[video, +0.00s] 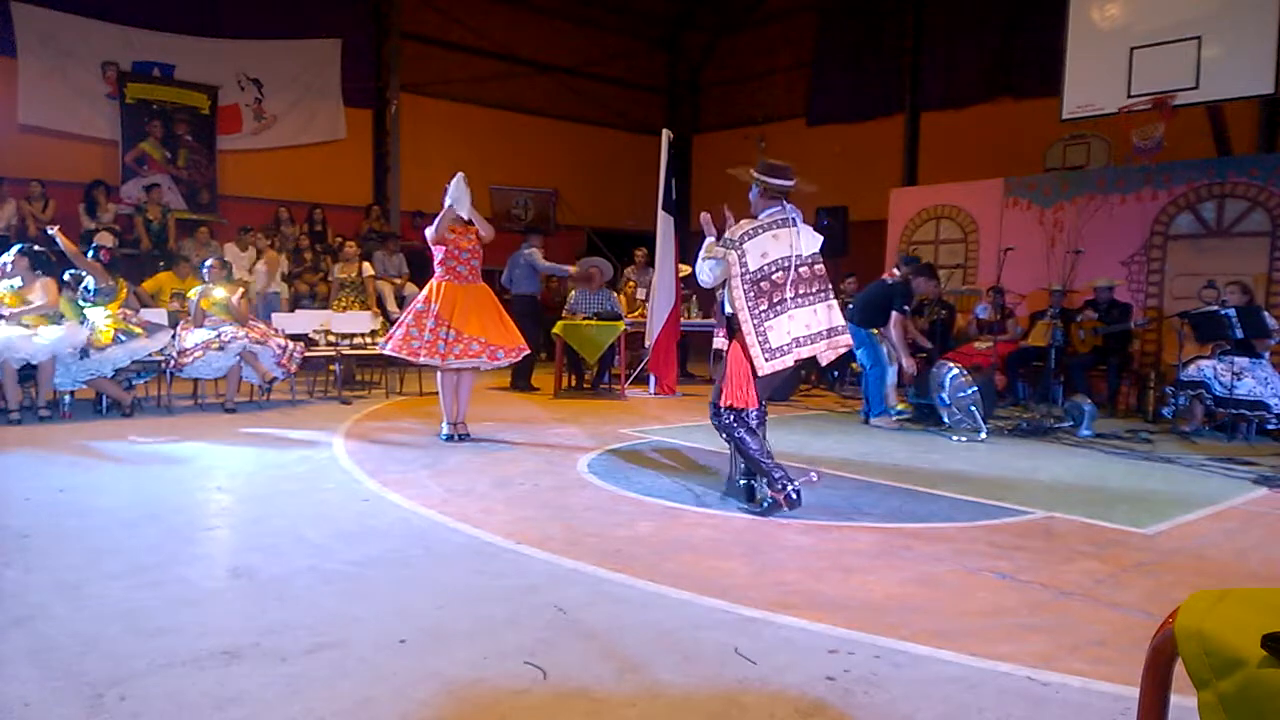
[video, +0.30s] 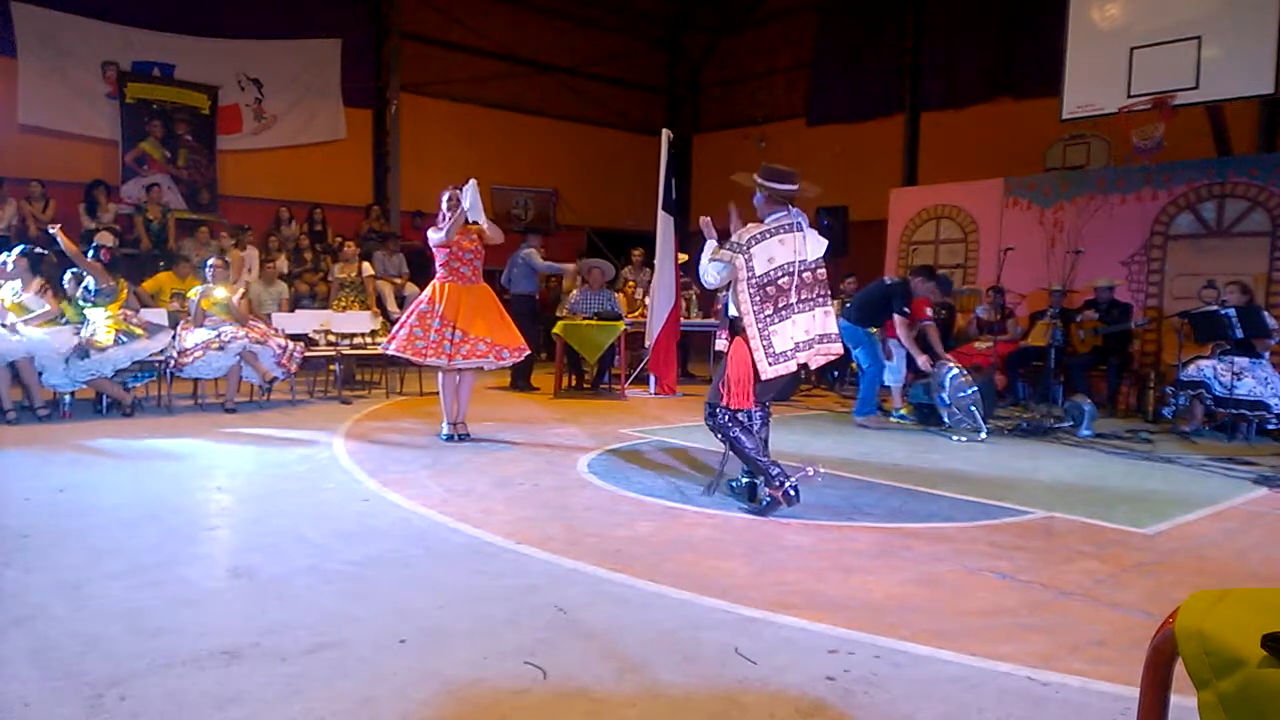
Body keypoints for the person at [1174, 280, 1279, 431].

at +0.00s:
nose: (1226, 297)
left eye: (1232, 293)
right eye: (1225, 293)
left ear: (1245, 298)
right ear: (1222, 296)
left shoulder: (1257, 315)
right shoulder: (1219, 315)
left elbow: (1265, 345)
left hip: (1253, 364)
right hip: (1223, 363)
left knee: (1246, 382)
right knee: (1198, 369)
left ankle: (1241, 426)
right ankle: (1196, 420)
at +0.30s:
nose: (1226, 297)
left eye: (1231, 293)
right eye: (1225, 293)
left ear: (1245, 297)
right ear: (1222, 296)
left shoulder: (1258, 315)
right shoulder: (1220, 316)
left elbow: (1265, 345)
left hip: (1253, 364)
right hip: (1223, 363)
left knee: (1246, 382)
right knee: (1198, 368)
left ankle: (1241, 426)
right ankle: (1196, 421)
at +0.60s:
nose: (1226, 296)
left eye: (1231, 293)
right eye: (1225, 293)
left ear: (1245, 297)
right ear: (1222, 296)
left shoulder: (1258, 315)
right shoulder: (1220, 316)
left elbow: (1265, 345)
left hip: (1253, 364)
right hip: (1223, 363)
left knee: (1245, 381)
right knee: (1198, 368)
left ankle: (1241, 426)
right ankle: (1196, 421)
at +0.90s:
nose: (1226, 296)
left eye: (1231, 293)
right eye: (1225, 293)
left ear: (1245, 297)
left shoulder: (1258, 315)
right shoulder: (1220, 316)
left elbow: (1265, 345)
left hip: (1253, 364)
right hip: (1224, 363)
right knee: (1199, 369)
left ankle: (1242, 427)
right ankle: (1196, 421)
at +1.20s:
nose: (1225, 296)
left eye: (1231, 292)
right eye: (1224, 293)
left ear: (1245, 297)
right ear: (1221, 296)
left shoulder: (1257, 314)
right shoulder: (1218, 315)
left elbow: (1264, 346)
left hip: (1253, 365)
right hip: (1223, 363)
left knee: (1246, 382)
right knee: (1198, 369)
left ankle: (1242, 427)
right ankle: (1195, 421)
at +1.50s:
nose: (1225, 296)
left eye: (1231, 292)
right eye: (1224, 293)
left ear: (1245, 297)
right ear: (1221, 296)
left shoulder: (1257, 314)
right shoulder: (1218, 315)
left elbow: (1264, 346)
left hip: (1252, 364)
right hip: (1223, 363)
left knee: (1247, 382)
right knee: (1198, 369)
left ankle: (1242, 426)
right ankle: (1195, 420)